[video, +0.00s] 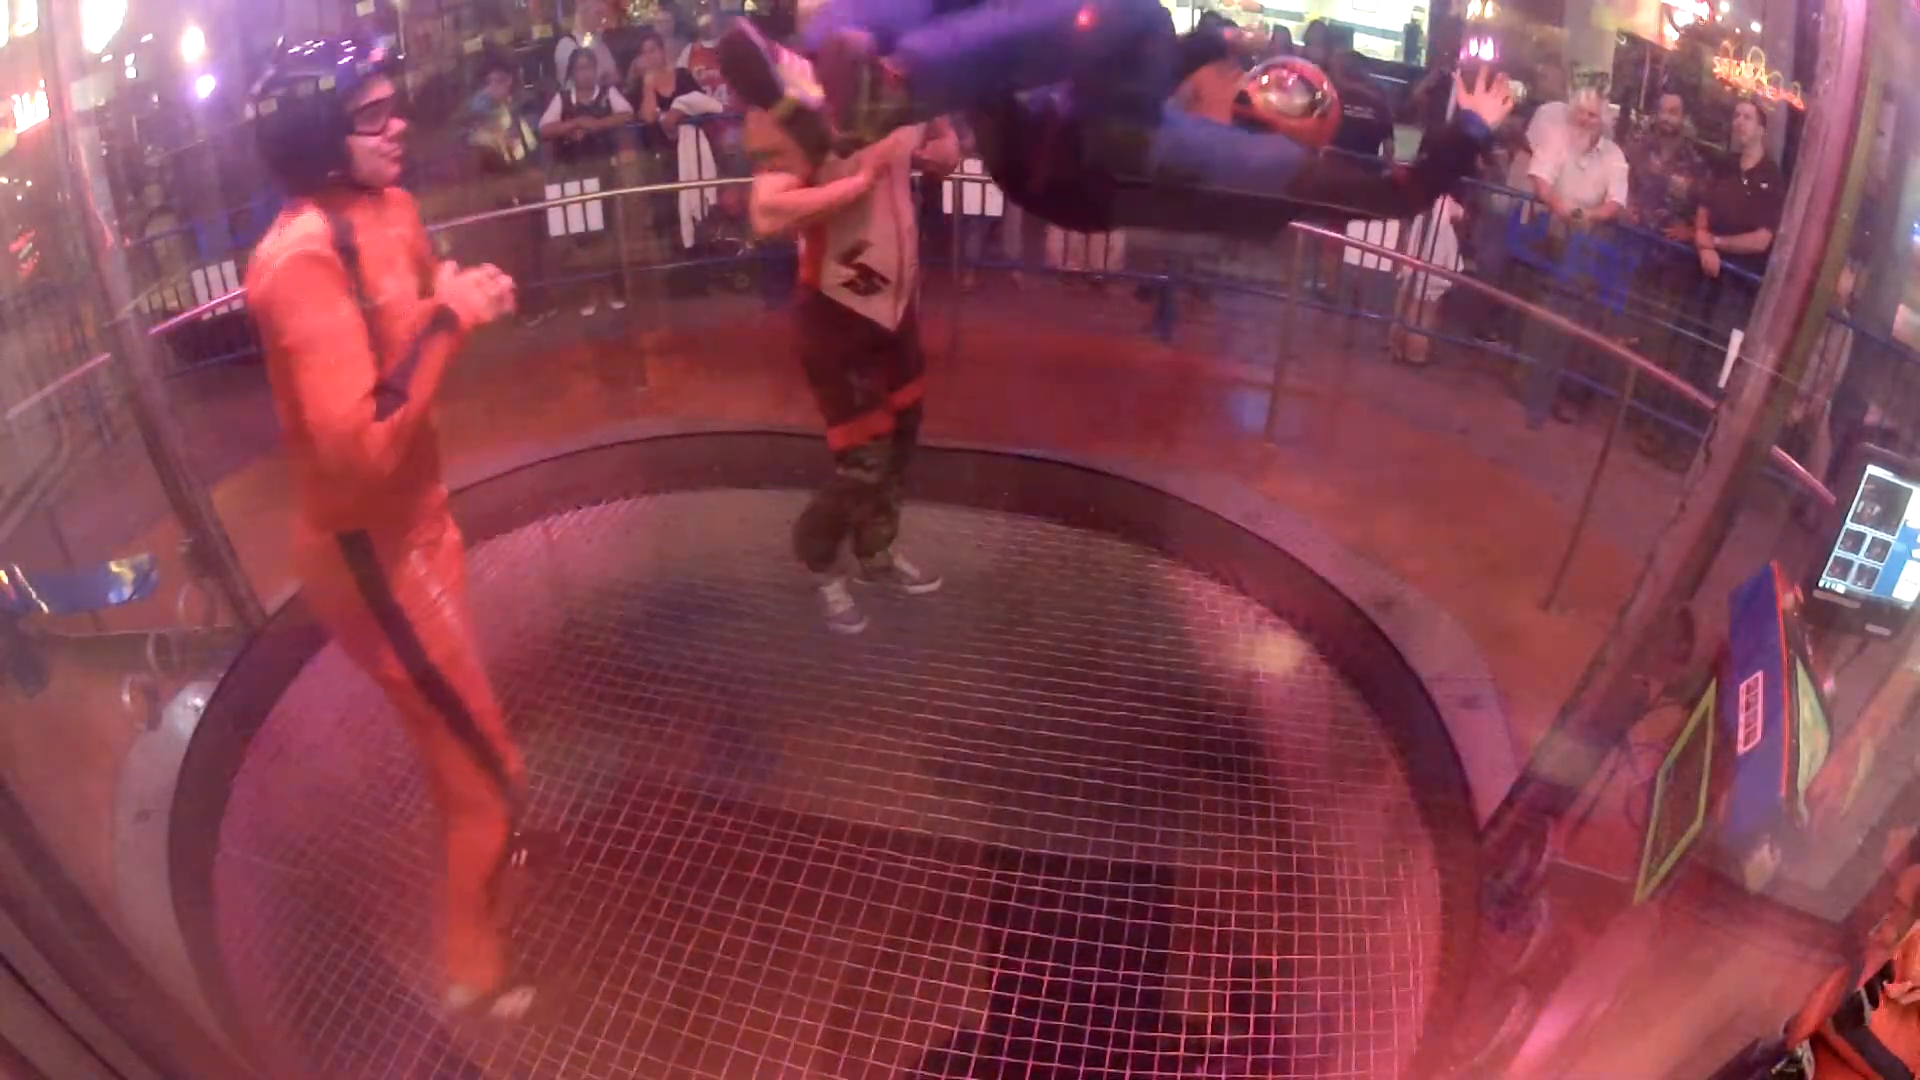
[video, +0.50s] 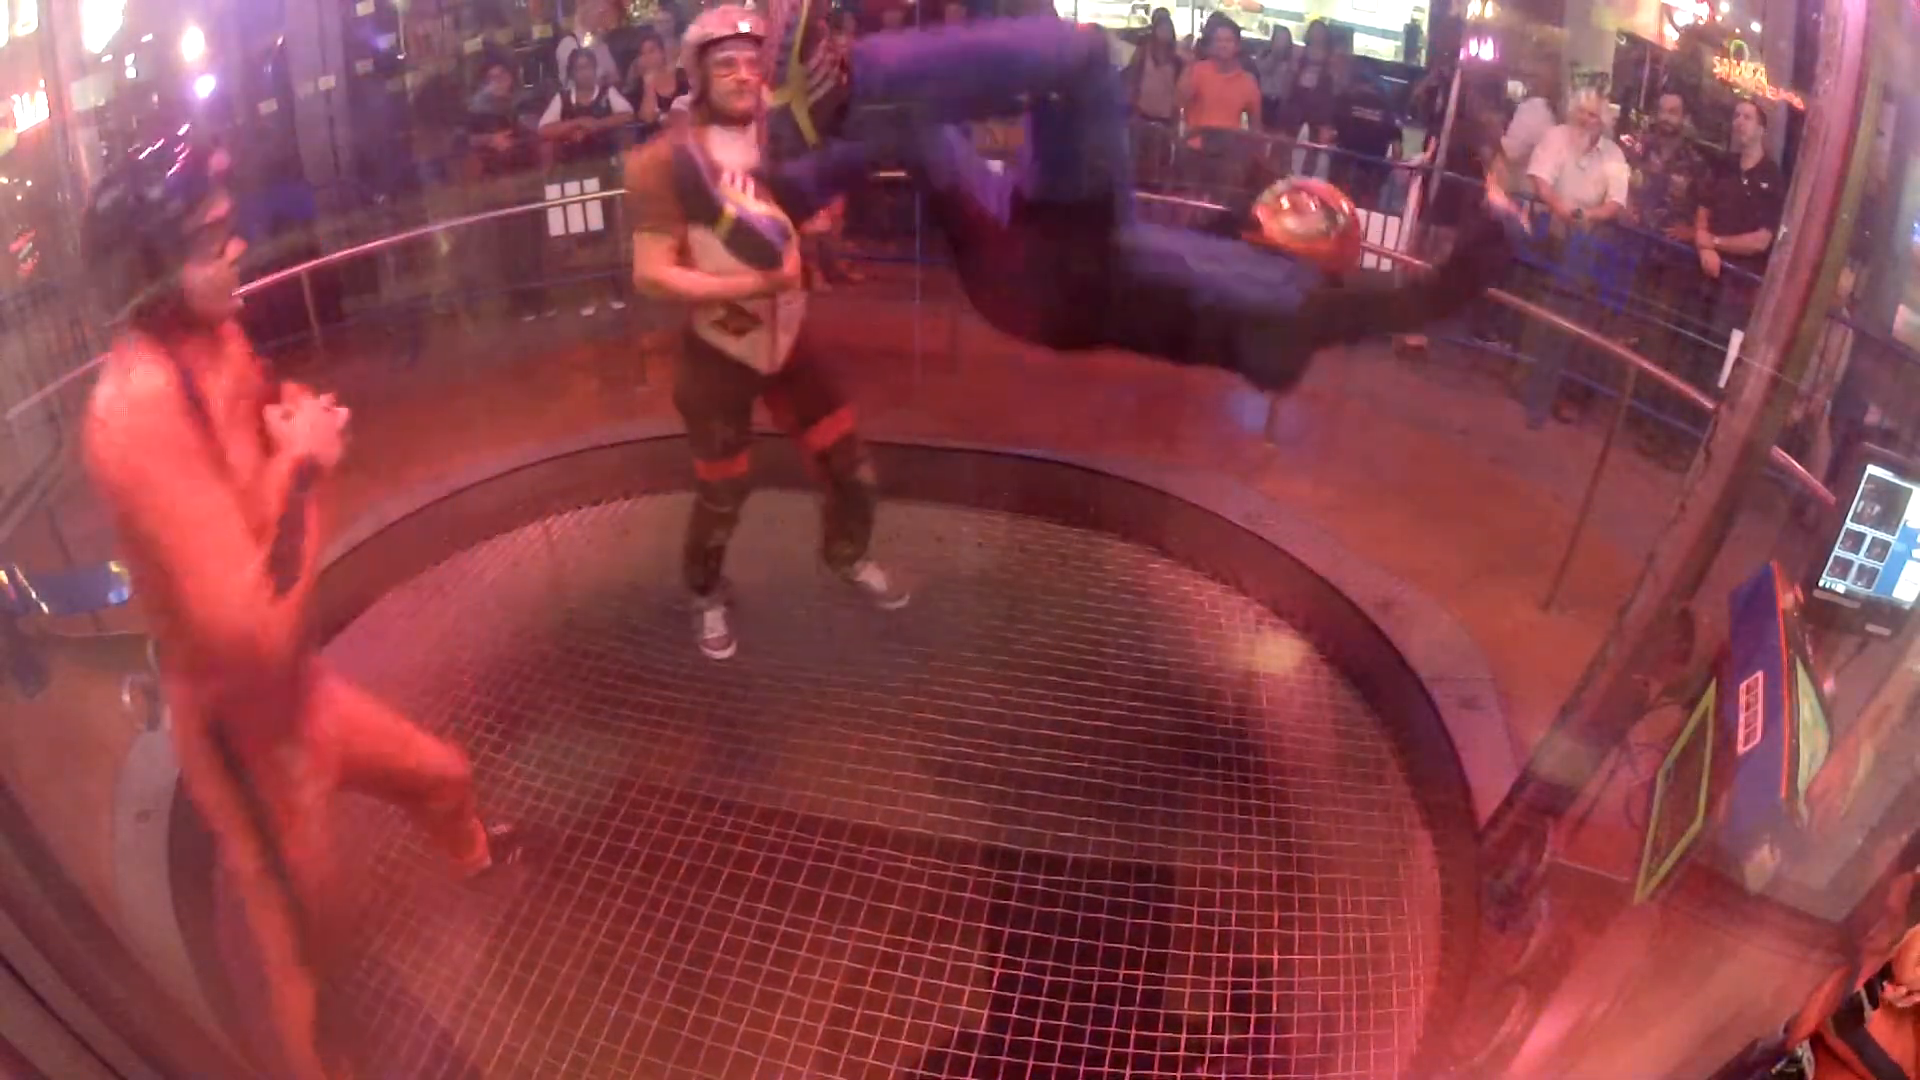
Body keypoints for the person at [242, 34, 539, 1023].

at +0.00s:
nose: (397, 131)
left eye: (395, 112)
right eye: (373, 119)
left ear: (390, 121)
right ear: (317, 141)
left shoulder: (391, 211)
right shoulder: (298, 263)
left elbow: (413, 320)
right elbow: (357, 456)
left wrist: (456, 294)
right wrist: (446, 323)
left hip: (423, 519)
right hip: (364, 549)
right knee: (482, 774)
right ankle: (468, 984)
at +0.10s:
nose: (367, 142)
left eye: (366, 123)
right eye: (343, 132)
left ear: (363, 131)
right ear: (290, 155)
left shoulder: (358, 223)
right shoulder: (271, 278)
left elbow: (381, 363)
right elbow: (356, 468)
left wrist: (413, 306)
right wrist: (425, 325)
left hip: (410, 523)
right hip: (354, 559)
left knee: (456, 729)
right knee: (451, 793)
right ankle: (423, 1019)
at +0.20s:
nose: (333, 156)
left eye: (331, 138)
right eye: (309, 144)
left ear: (324, 149)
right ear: (255, 162)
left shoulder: (327, 240)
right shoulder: (243, 288)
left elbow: (351, 385)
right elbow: (336, 498)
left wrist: (388, 333)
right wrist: (404, 357)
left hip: (395, 538)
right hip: (340, 577)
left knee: (450, 718)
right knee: (415, 836)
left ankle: (474, 846)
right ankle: (363, 1042)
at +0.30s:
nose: (297, 171)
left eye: (295, 150)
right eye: (271, 160)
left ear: (294, 152)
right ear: (214, 180)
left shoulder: (287, 264)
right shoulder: (214, 310)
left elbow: (323, 429)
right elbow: (310, 538)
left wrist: (366, 376)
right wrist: (374, 404)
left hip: (365, 579)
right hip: (314, 618)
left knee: (443, 728)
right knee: (369, 884)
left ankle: (472, 848)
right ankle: (325, 1066)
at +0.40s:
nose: (265, 209)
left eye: (260, 189)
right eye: (238, 200)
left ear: (256, 194)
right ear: (181, 229)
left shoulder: (252, 303)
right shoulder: (178, 356)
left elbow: (301, 430)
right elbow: (277, 582)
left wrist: (336, 409)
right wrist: (340, 441)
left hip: (328, 632)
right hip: (273, 670)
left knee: (442, 754)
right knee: (326, 918)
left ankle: (477, 858)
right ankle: (321, 1071)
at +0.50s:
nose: (238, 252)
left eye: (233, 230)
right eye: (213, 241)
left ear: (226, 227)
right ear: (152, 265)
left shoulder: (218, 341)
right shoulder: (134, 404)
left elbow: (246, 515)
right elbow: (244, 629)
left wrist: (286, 444)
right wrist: (299, 465)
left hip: (287, 681)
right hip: (233, 722)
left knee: (444, 771)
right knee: (291, 950)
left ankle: (473, 865)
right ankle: (304, 1071)